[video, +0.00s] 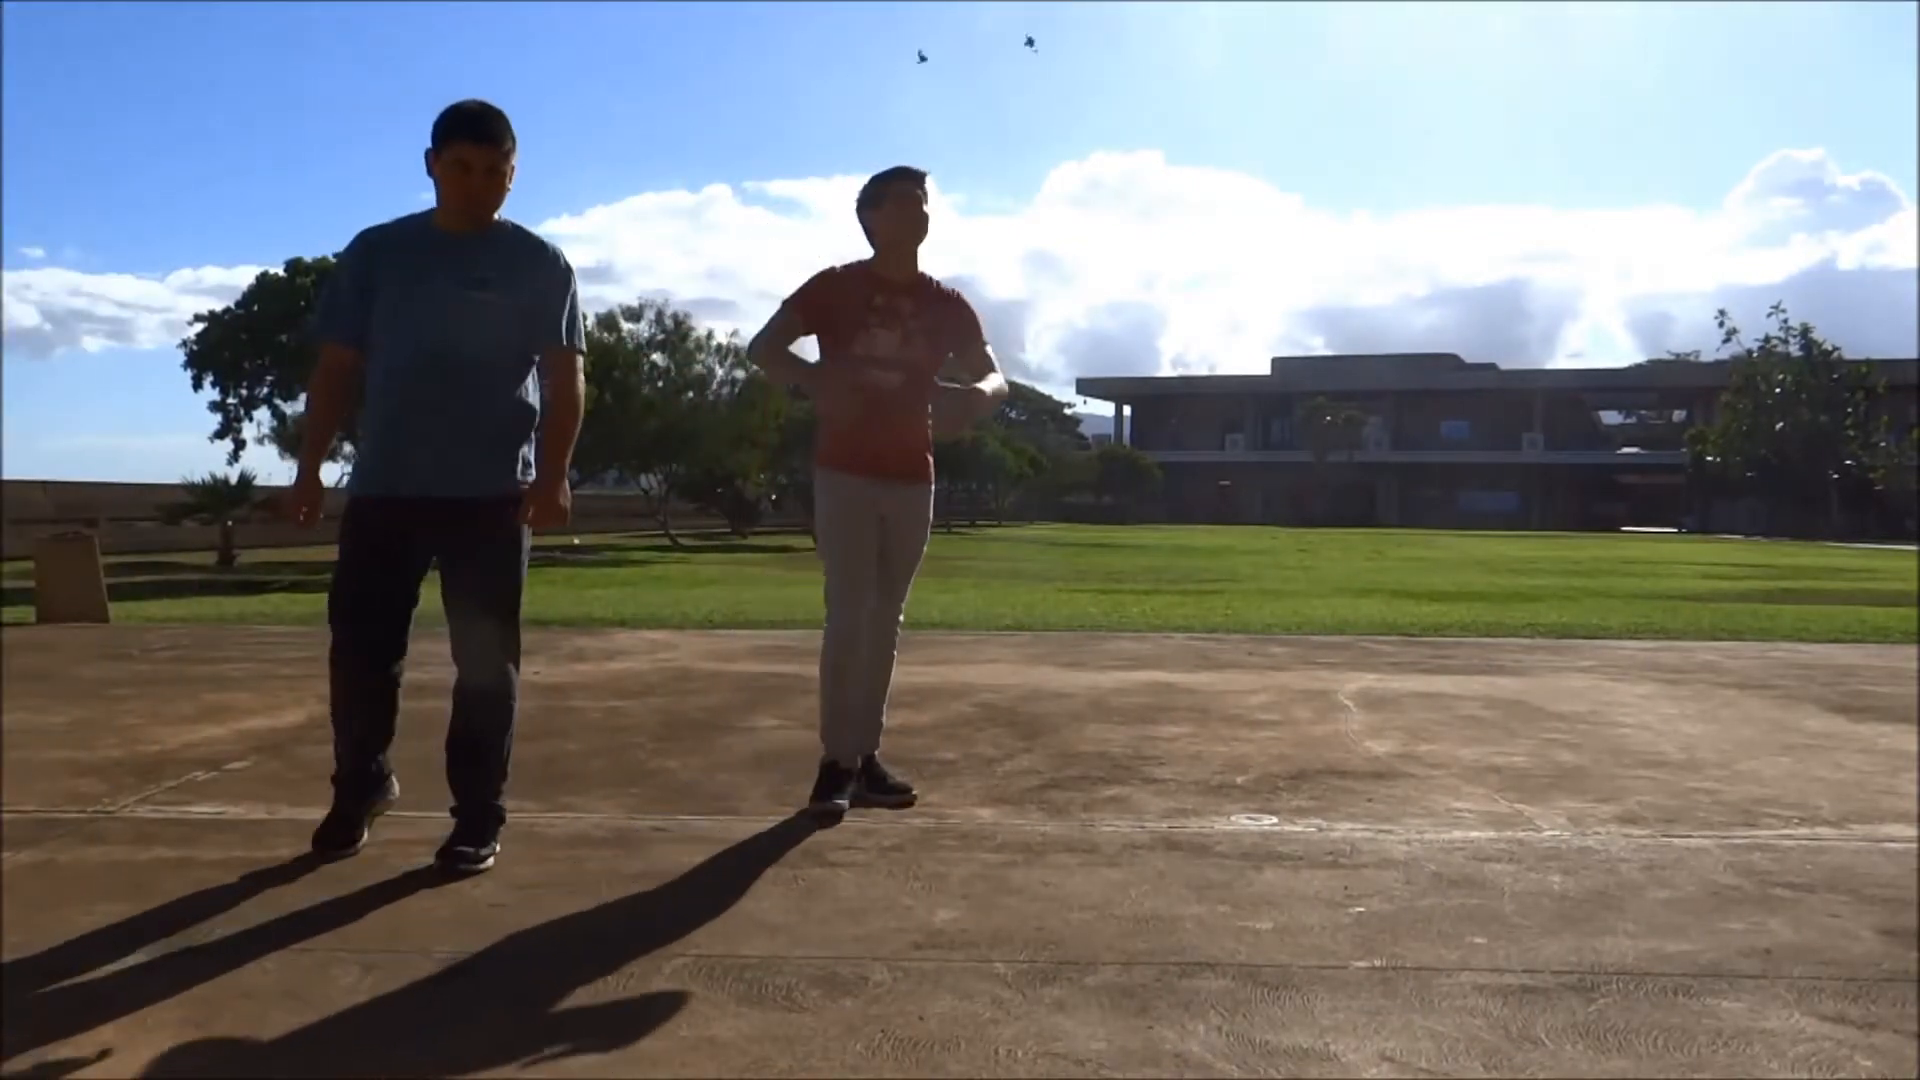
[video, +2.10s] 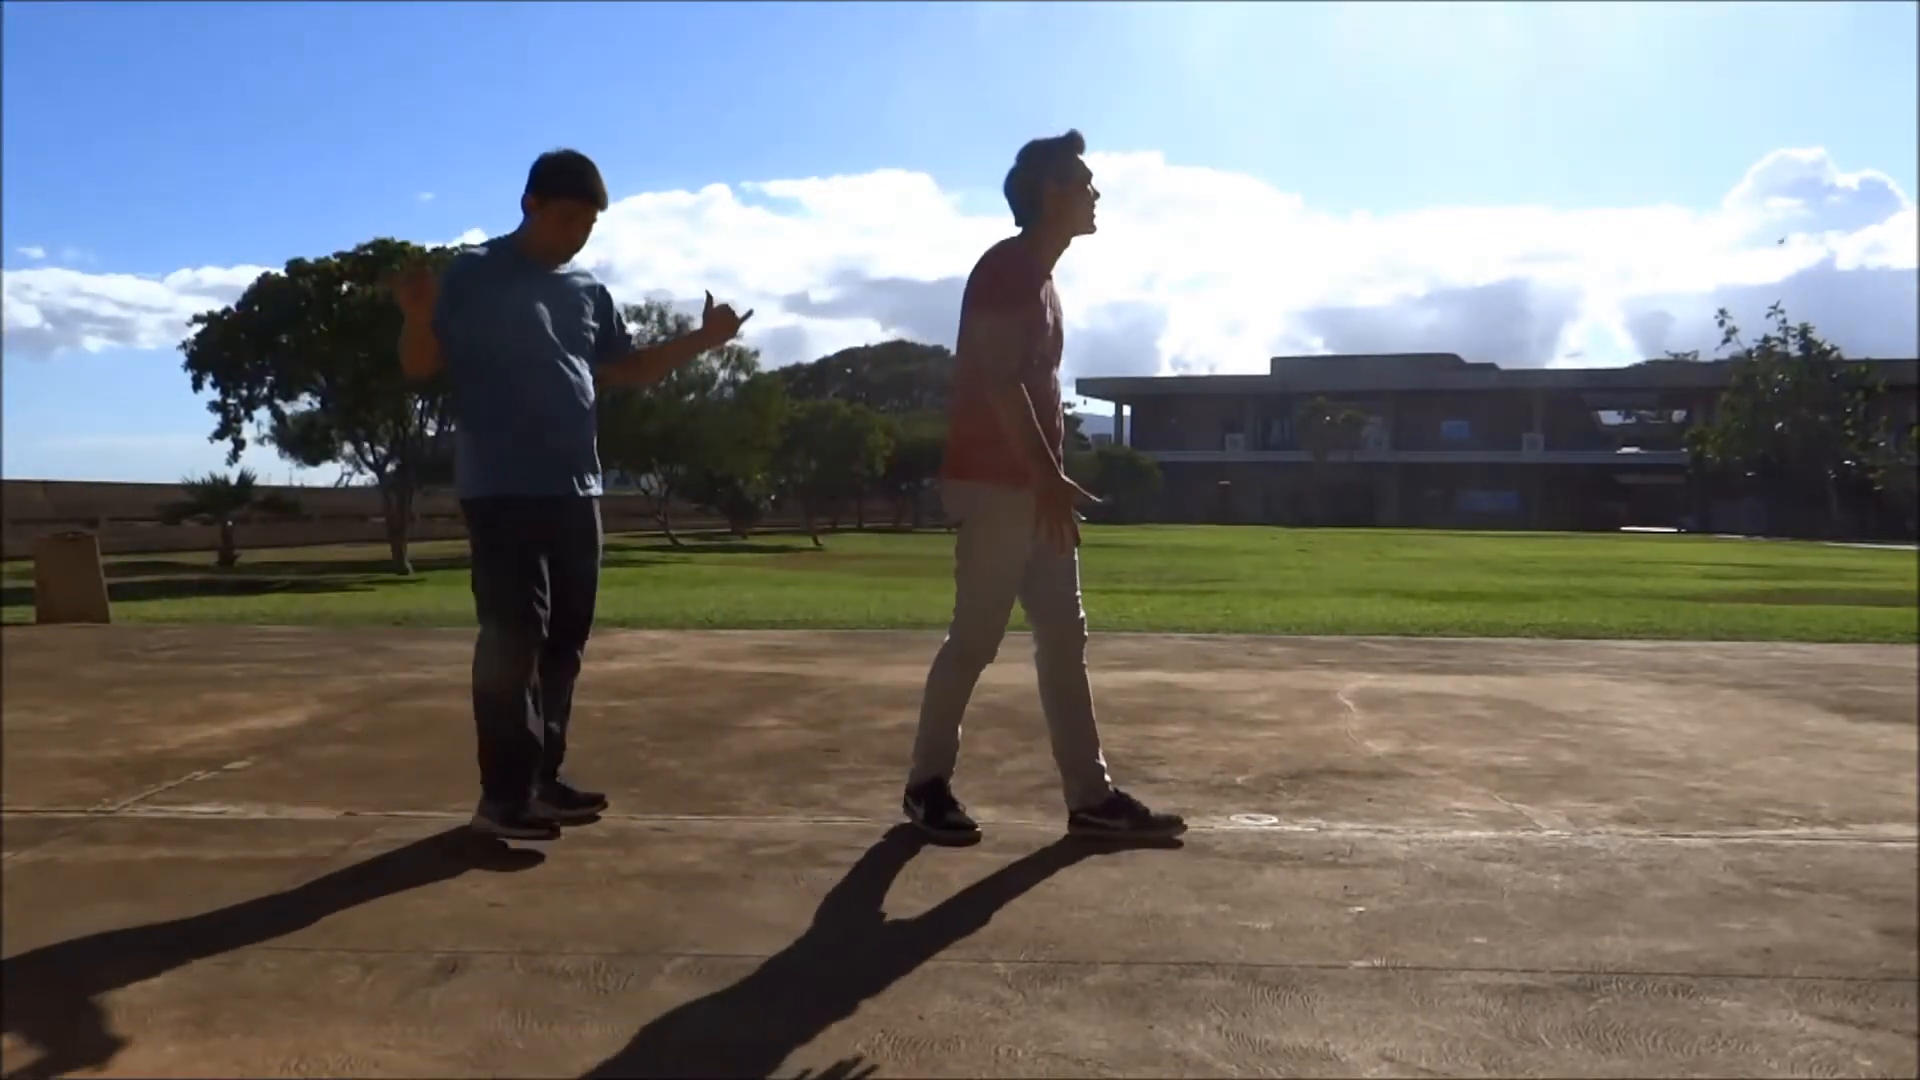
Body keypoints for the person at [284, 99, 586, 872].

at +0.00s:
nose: (482, 182)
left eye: (494, 168)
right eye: (464, 167)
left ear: (513, 169)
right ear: (434, 166)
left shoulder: (541, 266)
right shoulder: (376, 253)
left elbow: (563, 381)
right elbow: (335, 368)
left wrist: (554, 476)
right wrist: (311, 469)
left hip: (489, 491)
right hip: (387, 487)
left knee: (486, 663)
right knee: (359, 645)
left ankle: (477, 820)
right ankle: (360, 782)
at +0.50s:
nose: (426, 183)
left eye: (434, 169)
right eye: (410, 168)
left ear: (442, 176)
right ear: (368, 169)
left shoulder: (463, 266)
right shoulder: (311, 255)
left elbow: (502, 362)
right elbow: (251, 350)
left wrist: (533, 419)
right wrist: (274, 370)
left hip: (444, 493)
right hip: (344, 497)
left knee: (457, 658)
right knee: (334, 661)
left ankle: (477, 816)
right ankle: (329, 811)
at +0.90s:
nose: (395, 177)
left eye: (403, 165)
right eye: (378, 163)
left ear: (412, 175)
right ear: (337, 169)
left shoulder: (425, 263)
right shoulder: (286, 255)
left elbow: (479, 354)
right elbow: (217, 347)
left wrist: (517, 309)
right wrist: (250, 267)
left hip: (411, 486)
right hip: (315, 492)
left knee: (422, 653)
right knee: (324, 660)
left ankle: (413, 794)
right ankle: (329, 806)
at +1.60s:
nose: (478, 217)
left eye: (486, 204)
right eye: (465, 202)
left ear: (493, 204)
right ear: (425, 195)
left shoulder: (490, 280)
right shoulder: (365, 265)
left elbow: (539, 363)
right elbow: (298, 348)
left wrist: (561, 293)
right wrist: (336, 262)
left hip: (474, 495)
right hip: (385, 497)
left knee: (503, 639)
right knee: (362, 658)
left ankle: (524, 778)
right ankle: (335, 805)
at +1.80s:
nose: (529, 232)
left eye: (536, 219)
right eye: (519, 217)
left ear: (538, 218)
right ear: (480, 206)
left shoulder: (542, 296)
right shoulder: (415, 277)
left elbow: (590, 367)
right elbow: (359, 359)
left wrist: (669, 336)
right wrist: (342, 298)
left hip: (532, 499)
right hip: (448, 501)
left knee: (547, 642)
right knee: (417, 654)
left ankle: (532, 781)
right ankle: (353, 799)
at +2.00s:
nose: (569, 232)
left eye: (576, 219)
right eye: (561, 217)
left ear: (575, 217)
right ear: (522, 204)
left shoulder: (577, 294)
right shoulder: (451, 274)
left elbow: (606, 367)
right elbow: (402, 364)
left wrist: (692, 336)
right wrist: (393, 307)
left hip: (564, 491)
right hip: (486, 491)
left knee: (556, 641)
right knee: (479, 640)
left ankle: (535, 780)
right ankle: (441, 797)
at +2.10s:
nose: (586, 233)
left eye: (593, 221)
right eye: (579, 218)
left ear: (589, 218)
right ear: (538, 204)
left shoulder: (590, 293)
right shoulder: (469, 273)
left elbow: (617, 370)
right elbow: (420, 365)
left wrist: (703, 338)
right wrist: (417, 308)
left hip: (574, 488)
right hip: (500, 487)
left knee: (566, 637)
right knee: (515, 632)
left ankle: (544, 780)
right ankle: (503, 796)